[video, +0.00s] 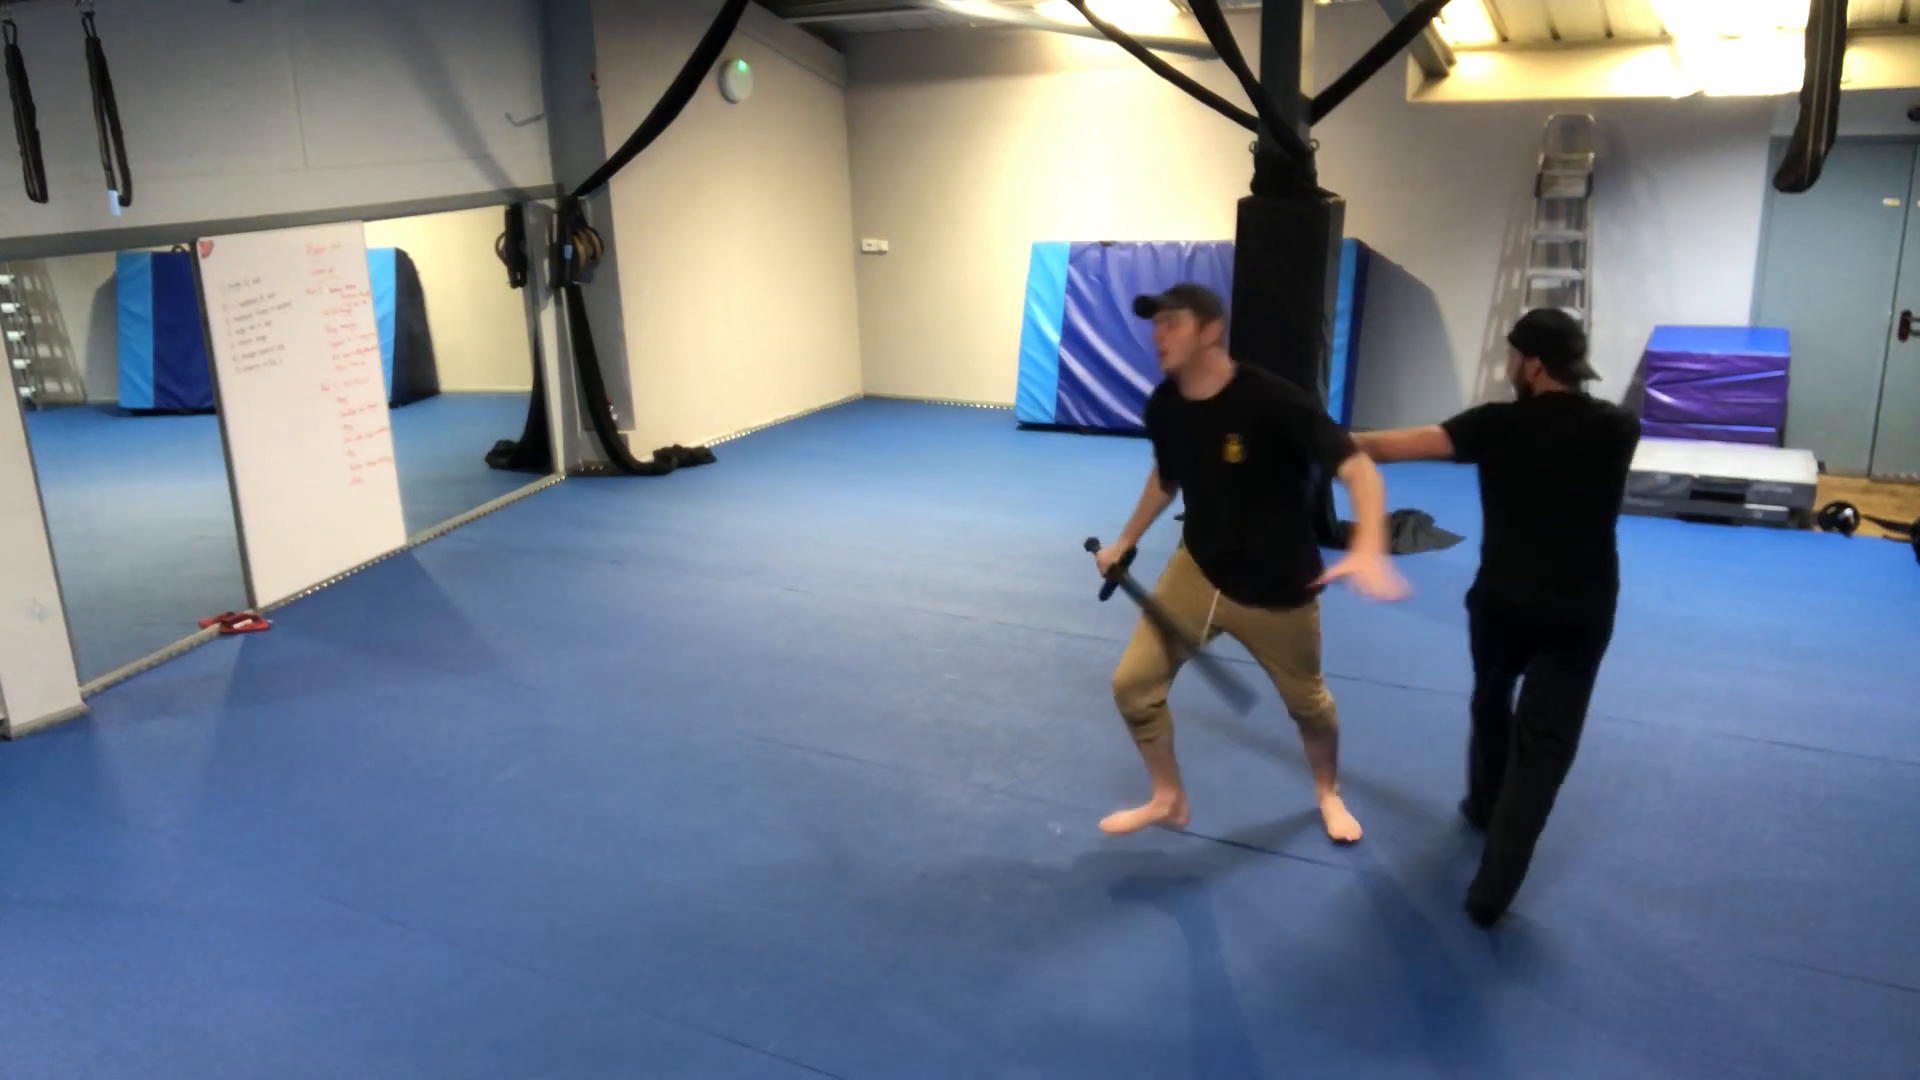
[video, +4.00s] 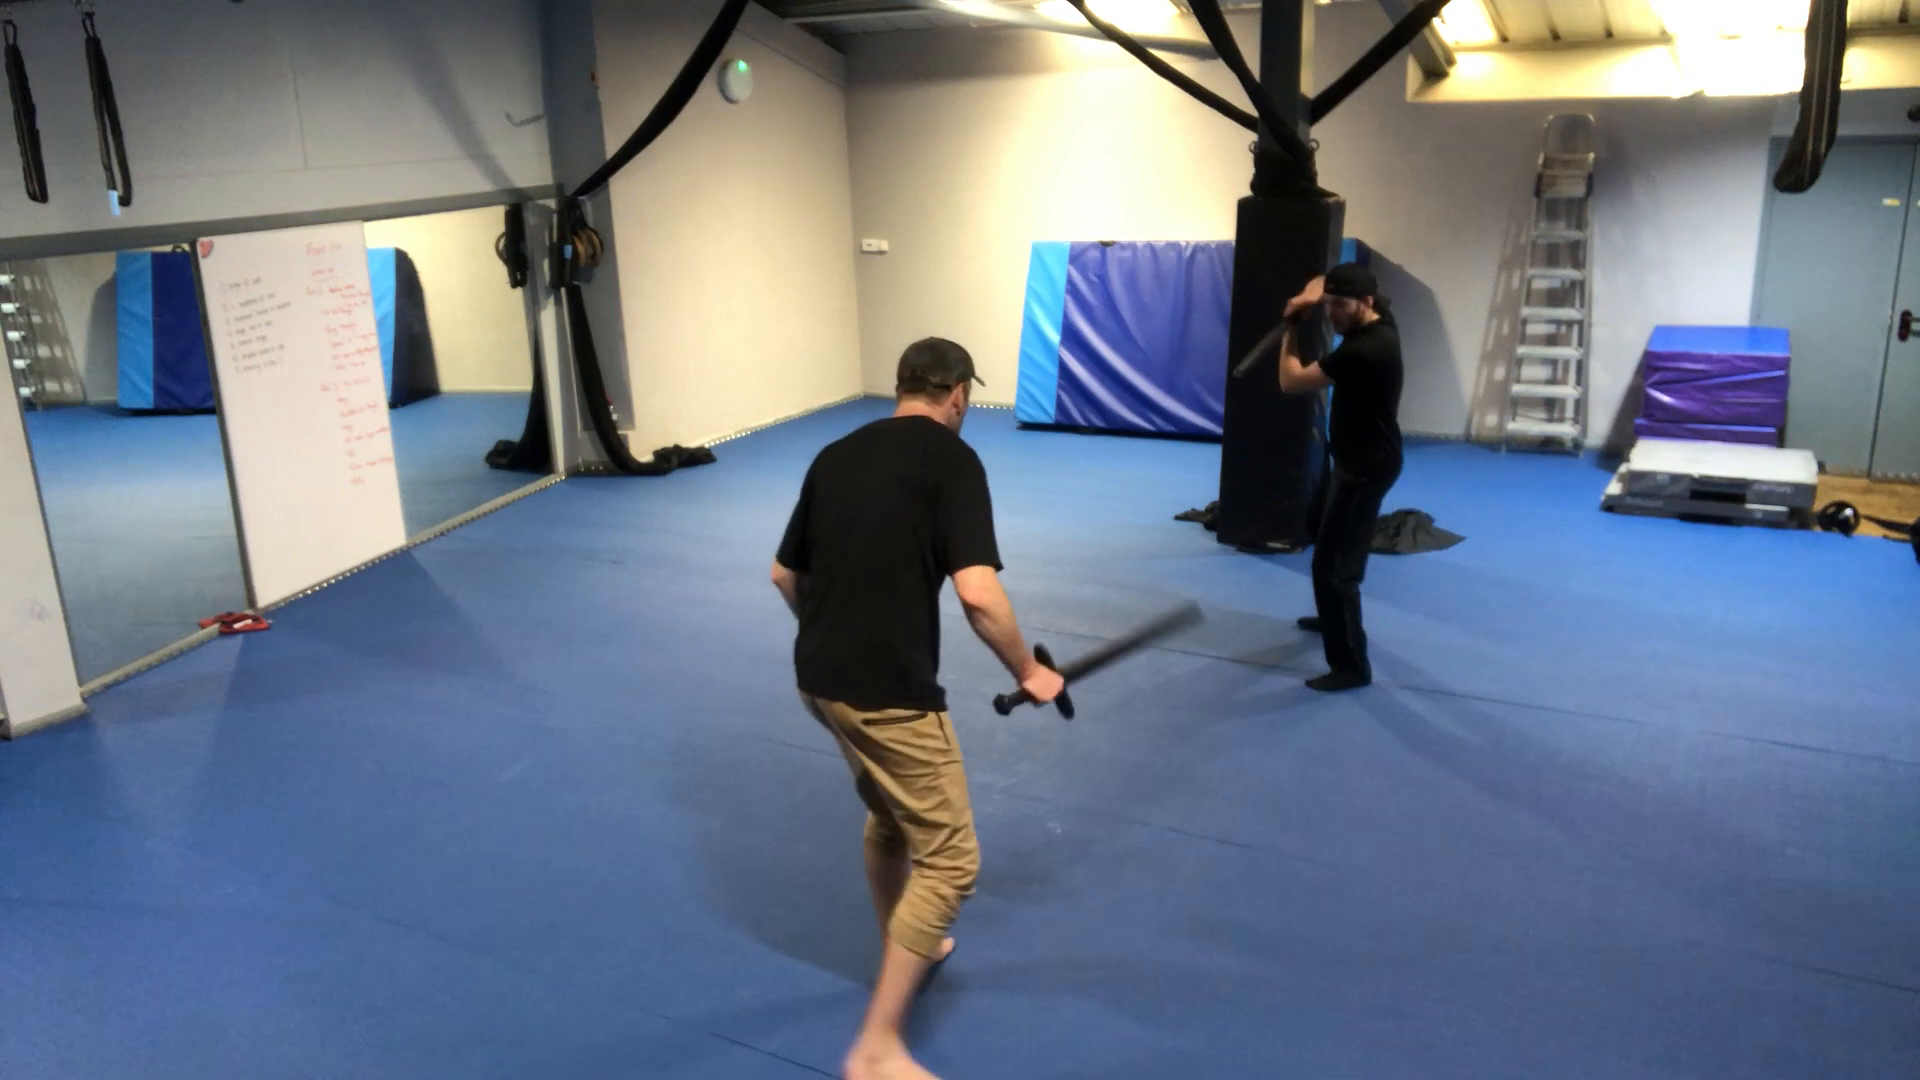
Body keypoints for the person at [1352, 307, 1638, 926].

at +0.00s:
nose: (1510, 367)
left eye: (1513, 358)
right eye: (1513, 356)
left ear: (1531, 363)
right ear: (1576, 362)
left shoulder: (1499, 424)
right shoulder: (1619, 427)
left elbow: (1395, 445)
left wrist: (1337, 443)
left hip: (1504, 603)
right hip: (1581, 614)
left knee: (1491, 694)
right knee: (1547, 745)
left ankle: (1484, 800)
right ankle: (1491, 895)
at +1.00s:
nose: (1632, 329)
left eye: (1641, 319)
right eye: (1633, 318)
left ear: (1679, 320)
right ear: (1681, 322)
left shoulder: (1681, 385)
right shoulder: (1720, 372)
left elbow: (1684, 483)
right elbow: (1682, 461)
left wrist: (1652, 556)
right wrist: (1636, 499)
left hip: (1655, 540)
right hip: (1703, 542)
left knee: (1600, 643)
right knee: (1692, 665)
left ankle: (1592, 757)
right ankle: (1694, 781)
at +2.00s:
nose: (1515, 319)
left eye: (1522, 311)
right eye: (1513, 310)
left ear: (1552, 310)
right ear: (1562, 309)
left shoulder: (1535, 366)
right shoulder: (1602, 337)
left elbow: (1468, 420)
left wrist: (1496, 372)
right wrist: (1517, 357)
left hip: (1538, 493)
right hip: (1583, 485)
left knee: (1529, 596)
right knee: (1550, 581)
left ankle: (1548, 709)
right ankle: (1538, 675)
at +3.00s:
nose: (1442, 300)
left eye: (1450, 291)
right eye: (1443, 290)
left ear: (1478, 291)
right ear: (1483, 292)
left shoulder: (1472, 341)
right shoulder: (1507, 321)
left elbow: (1404, 378)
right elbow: (1490, 295)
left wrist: (1416, 325)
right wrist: (1442, 304)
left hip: (1464, 464)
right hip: (1490, 458)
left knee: (1420, 559)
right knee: (1472, 554)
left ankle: (1389, 664)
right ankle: (1487, 651)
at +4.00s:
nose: (1330, 315)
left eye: (1336, 307)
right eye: (1328, 306)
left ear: (1360, 303)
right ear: (1359, 300)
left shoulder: (1363, 349)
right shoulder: (1378, 318)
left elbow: (1290, 381)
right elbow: (1342, 279)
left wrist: (1290, 326)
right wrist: (1311, 293)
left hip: (1366, 467)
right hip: (1358, 457)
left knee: (1333, 565)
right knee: (1332, 538)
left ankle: (1350, 669)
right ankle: (1334, 617)